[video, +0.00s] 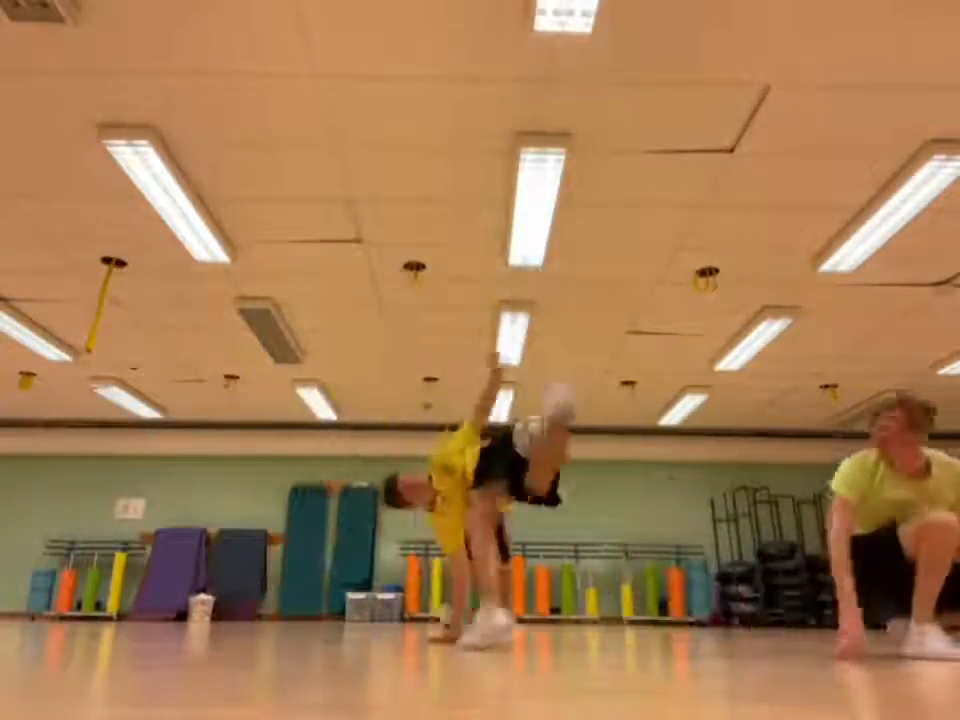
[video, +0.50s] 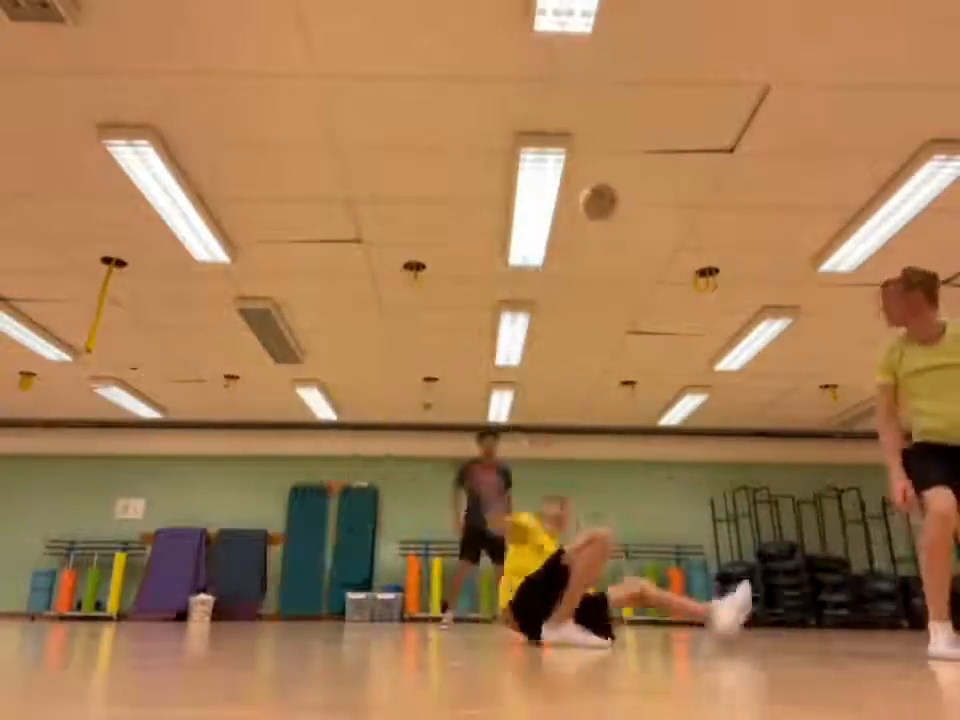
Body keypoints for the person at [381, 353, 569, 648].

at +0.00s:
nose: (416, 494)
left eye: (408, 488)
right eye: (410, 499)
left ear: (411, 478)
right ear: (412, 505)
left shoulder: (444, 459)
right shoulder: (444, 520)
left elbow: (477, 421)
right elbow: (459, 566)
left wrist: (494, 381)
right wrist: (456, 627)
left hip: (497, 453)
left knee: (479, 522)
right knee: (540, 484)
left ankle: (493, 614)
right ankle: (558, 424)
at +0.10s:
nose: (427, 478)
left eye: (422, 473)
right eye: (420, 482)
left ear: (426, 470)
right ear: (416, 497)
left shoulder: (455, 466)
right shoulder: (444, 523)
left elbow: (488, 449)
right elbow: (459, 568)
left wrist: (501, 430)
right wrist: (456, 626)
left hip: (518, 462)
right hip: (530, 501)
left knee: (476, 498)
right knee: (560, 481)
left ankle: (498, 541)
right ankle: (580, 448)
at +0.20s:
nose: (433, 477)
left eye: (428, 470)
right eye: (424, 481)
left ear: (434, 462)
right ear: (423, 491)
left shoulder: (470, 461)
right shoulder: (446, 521)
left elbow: (508, 470)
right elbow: (463, 571)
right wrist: (454, 631)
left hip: (541, 494)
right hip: (535, 535)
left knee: (517, 489)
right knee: (545, 507)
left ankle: (592, 493)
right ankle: (644, 495)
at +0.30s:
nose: (462, 451)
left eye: (457, 447)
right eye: (453, 452)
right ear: (446, 471)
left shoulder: (497, 472)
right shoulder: (460, 515)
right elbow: (464, 574)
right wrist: (454, 631)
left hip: (548, 528)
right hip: (525, 557)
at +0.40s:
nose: (508, 466)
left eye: (506, 461)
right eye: (501, 463)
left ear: (501, 469)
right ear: (488, 472)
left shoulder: (522, 502)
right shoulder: (482, 508)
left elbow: (524, 555)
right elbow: (468, 564)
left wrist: (511, 607)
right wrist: (450, 612)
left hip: (554, 577)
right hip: (525, 579)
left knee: (621, 529)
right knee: (591, 544)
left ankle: (671, 554)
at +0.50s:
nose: (562, 519)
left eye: (565, 515)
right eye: (557, 512)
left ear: (567, 519)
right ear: (545, 511)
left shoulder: (556, 550)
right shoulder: (527, 527)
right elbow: (495, 522)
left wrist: (528, 630)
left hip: (555, 610)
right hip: (527, 602)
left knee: (637, 588)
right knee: (598, 541)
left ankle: (714, 613)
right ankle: (558, 624)